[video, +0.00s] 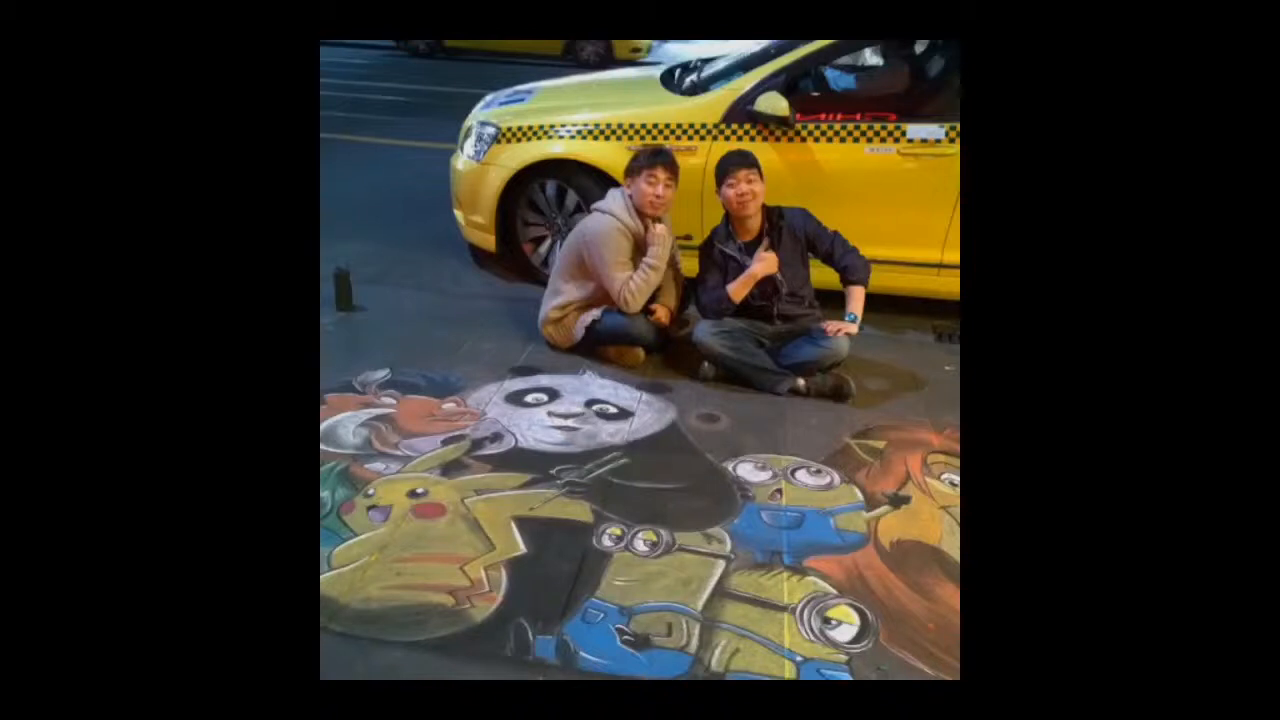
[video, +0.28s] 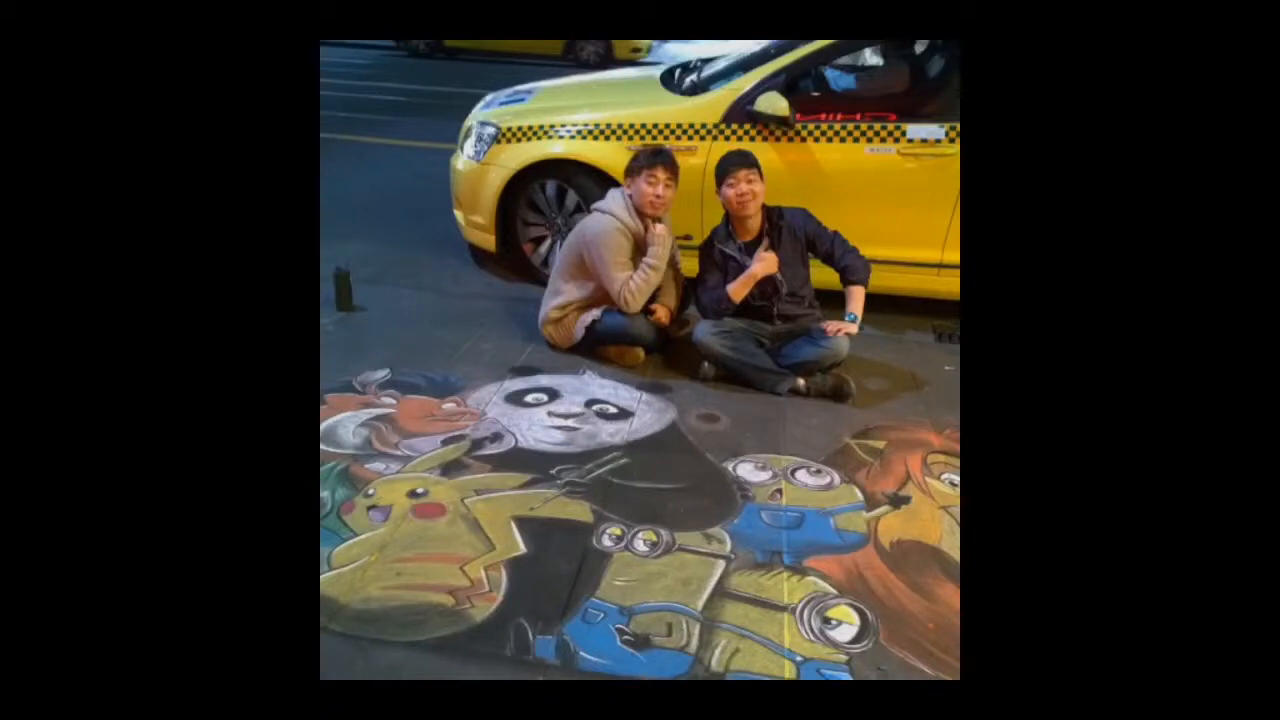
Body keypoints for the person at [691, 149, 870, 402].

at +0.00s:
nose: (743, 191)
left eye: (750, 181)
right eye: (732, 185)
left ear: (763, 187)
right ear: (720, 195)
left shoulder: (794, 222)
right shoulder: (714, 246)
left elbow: (853, 262)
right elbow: (709, 308)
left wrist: (851, 320)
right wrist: (753, 274)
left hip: (799, 327)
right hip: (747, 328)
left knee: (837, 344)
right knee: (704, 334)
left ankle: (733, 373)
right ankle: (798, 386)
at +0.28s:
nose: (743, 190)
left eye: (750, 181)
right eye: (732, 185)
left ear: (763, 187)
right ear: (720, 195)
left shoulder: (795, 222)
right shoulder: (714, 246)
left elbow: (853, 262)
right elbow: (709, 309)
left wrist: (851, 319)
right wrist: (753, 274)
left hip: (799, 327)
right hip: (747, 327)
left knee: (837, 344)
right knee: (704, 334)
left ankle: (733, 372)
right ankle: (799, 386)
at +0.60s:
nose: (743, 190)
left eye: (750, 181)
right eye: (732, 185)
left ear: (763, 187)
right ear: (720, 195)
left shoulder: (795, 222)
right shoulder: (714, 246)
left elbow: (853, 262)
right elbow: (709, 309)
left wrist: (851, 319)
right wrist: (753, 274)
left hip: (799, 327)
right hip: (747, 327)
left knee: (837, 344)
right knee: (704, 334)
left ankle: (733, 372)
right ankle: (799, 386)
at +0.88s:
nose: (743, 191)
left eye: (750, 181)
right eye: (732, 185)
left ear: (764, 187)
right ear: (720, 195)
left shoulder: (795, 222)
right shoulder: (713, 246)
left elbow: (853, 262)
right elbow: (708, 305)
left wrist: (851, 319)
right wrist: (753, 274)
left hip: (800, 326)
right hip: (747, 326)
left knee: (837, 345)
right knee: (715, 337)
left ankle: (742, 371)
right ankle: (799, 386)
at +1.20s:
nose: (743, 191)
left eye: (750, 181)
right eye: (732, 185)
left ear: (763, 187)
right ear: (720, 195)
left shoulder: (795, 222)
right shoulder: (713, 246)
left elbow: (853, 262)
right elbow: (708, 307)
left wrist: (851, 319)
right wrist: (752, 275)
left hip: (799, 323)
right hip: (744, 330)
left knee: (837, 345)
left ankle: (759, 376)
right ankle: (811, 385)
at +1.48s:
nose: (743, 191)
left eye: (750, 181)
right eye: (732, 185)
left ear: (763, 187)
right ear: (720, 195)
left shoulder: (795, 222)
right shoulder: (713, 246)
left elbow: (853, 262)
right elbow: (708, 308)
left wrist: (851, 319)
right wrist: (753, 274)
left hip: (799, 326)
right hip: (745, 332)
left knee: (837, 345)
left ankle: (753, 375)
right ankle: (813, 385)